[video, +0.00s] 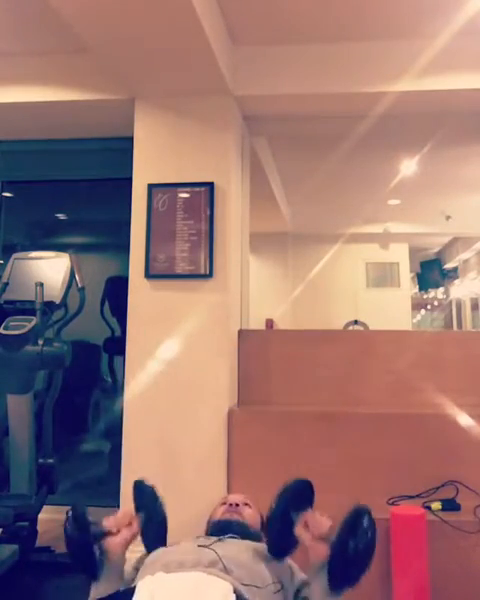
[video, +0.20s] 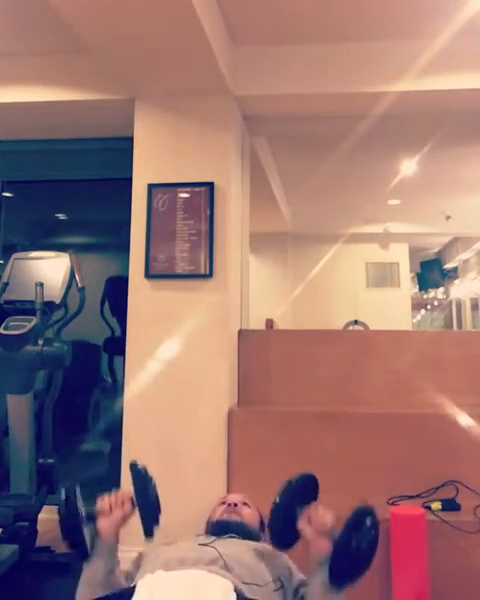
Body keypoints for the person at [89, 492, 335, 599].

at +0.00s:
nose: (233, 504)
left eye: (246, 505)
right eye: (225, 503)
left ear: (261, 525)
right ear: (208, 522)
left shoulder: (272, 555)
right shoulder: (158, 554)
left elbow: (309, 595)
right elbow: (109, 595)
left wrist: (324, 567)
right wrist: (111, 560)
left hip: (220, 589)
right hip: (150, 589)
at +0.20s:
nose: (233, 503)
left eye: (245, 504)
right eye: (224, 503)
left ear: (260, 527)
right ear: (207, 522)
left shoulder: (270, 555)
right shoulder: (156, 551)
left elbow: (310, 595)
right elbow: (94, 595)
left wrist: (322, 554)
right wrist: (106, 538)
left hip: (220, 589)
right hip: (153, 590)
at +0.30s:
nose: (232, 507)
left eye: (245, 508)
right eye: (224, 506)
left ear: (261, 531)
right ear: (205, 526)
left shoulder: (277, 558)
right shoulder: (156, 552)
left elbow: (329, 595)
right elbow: (82, 592)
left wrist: (322, 524)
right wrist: (106, 505)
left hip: (227, 590)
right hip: (152, 588)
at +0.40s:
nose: (233, 511)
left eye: (245, 513)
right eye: (225, 510)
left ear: (262, 536)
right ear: (206, 526)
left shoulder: (273, 554)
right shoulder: (157, 546)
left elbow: (339, 589)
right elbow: (87, 578)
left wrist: (318, 481)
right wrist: (111, 471)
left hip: (222, 592)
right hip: (153, 590)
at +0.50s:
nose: (233, 515)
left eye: (245, 516)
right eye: (225, 514)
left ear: (263, 535)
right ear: (207, 526)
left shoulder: (277, 552)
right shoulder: (157, 549)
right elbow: (95, 538)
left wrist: (308, 440)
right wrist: (122, 439)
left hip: (229, 589)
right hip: (155, 585)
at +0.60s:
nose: (232, 518)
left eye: (245, 518)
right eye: (224, 516)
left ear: (263, 531)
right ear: (206, 527)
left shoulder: (283, 557)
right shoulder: (150, 549)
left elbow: (309, 512)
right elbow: (113, 506)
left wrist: (294, 411)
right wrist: (137, 413)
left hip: (227, 588)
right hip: (150, 587)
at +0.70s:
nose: (233, 519)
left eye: (246, 520)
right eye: (224, 518)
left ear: (261, 532)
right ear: (208, 527)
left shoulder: (280, 562)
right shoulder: (153, 542)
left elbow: (298, 498)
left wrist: (282, 398)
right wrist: (150, 391)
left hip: (224, 589)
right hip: (150, 587)